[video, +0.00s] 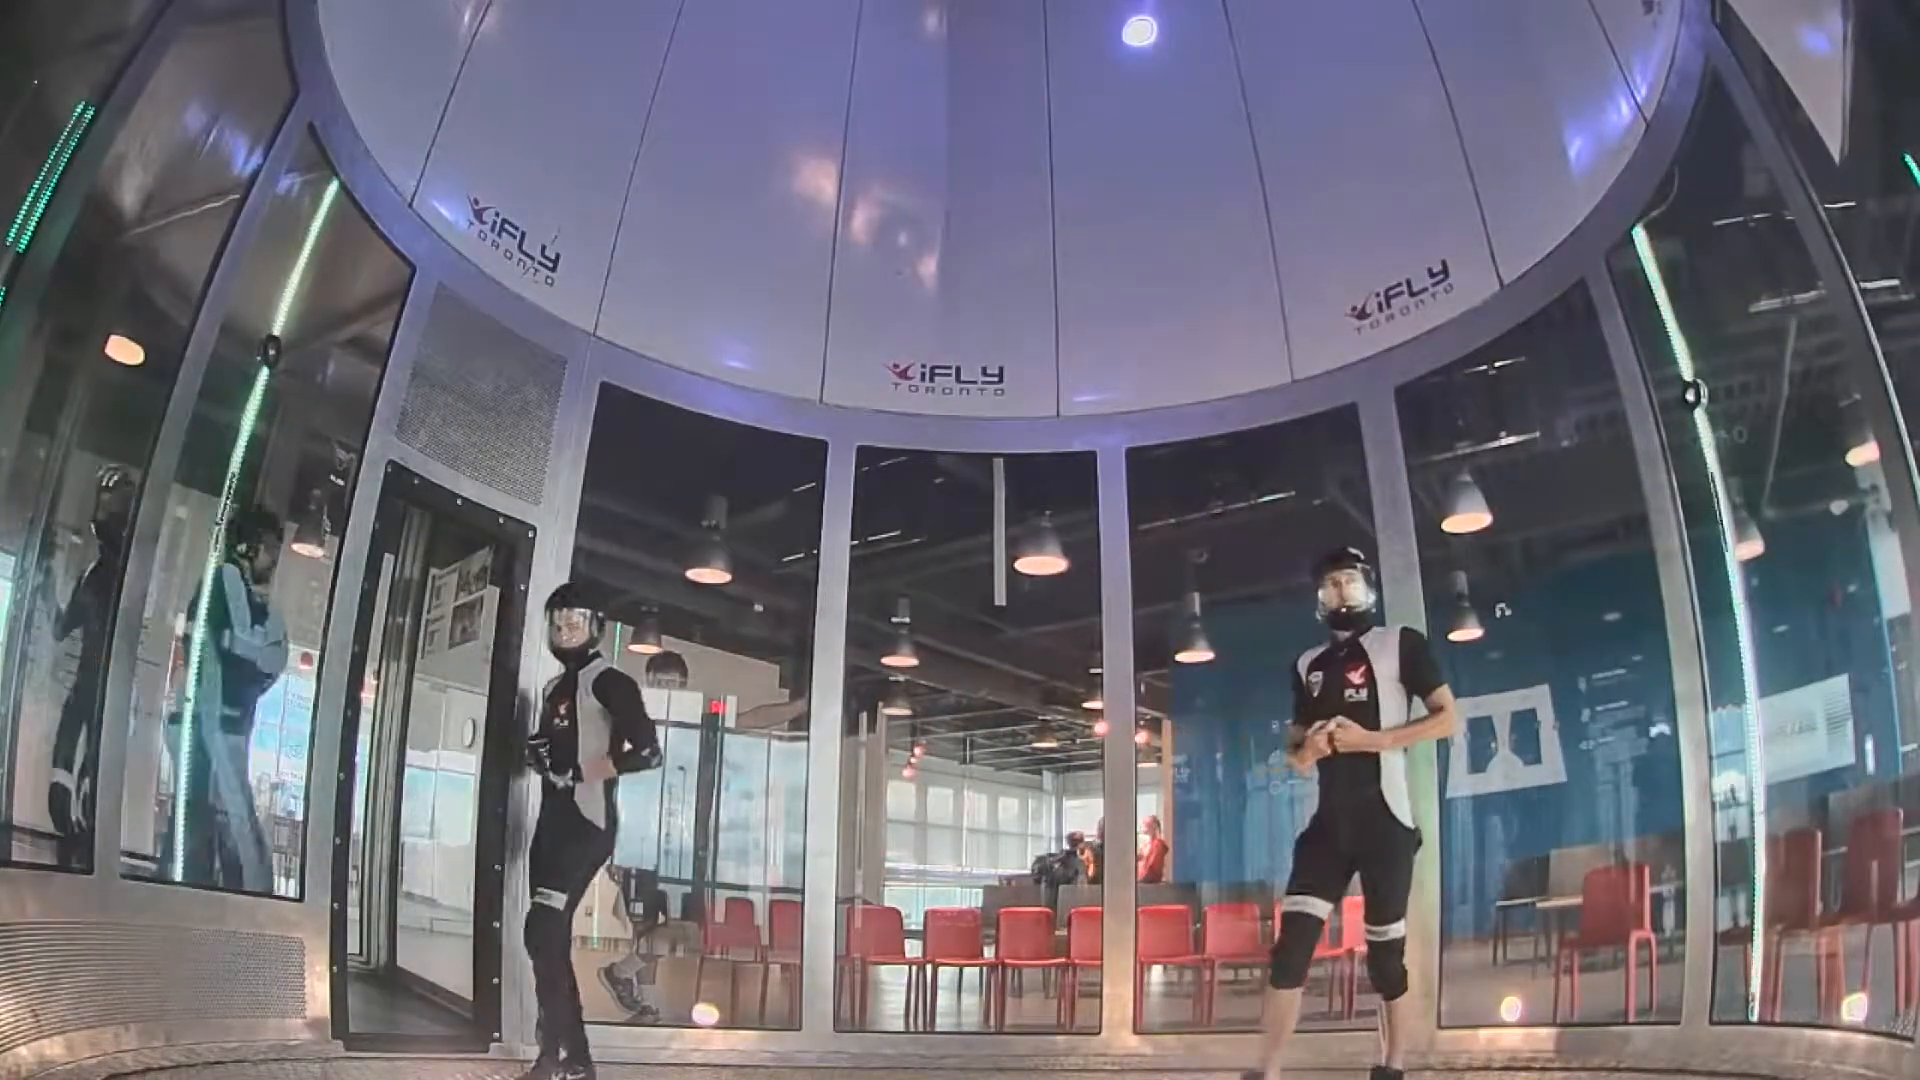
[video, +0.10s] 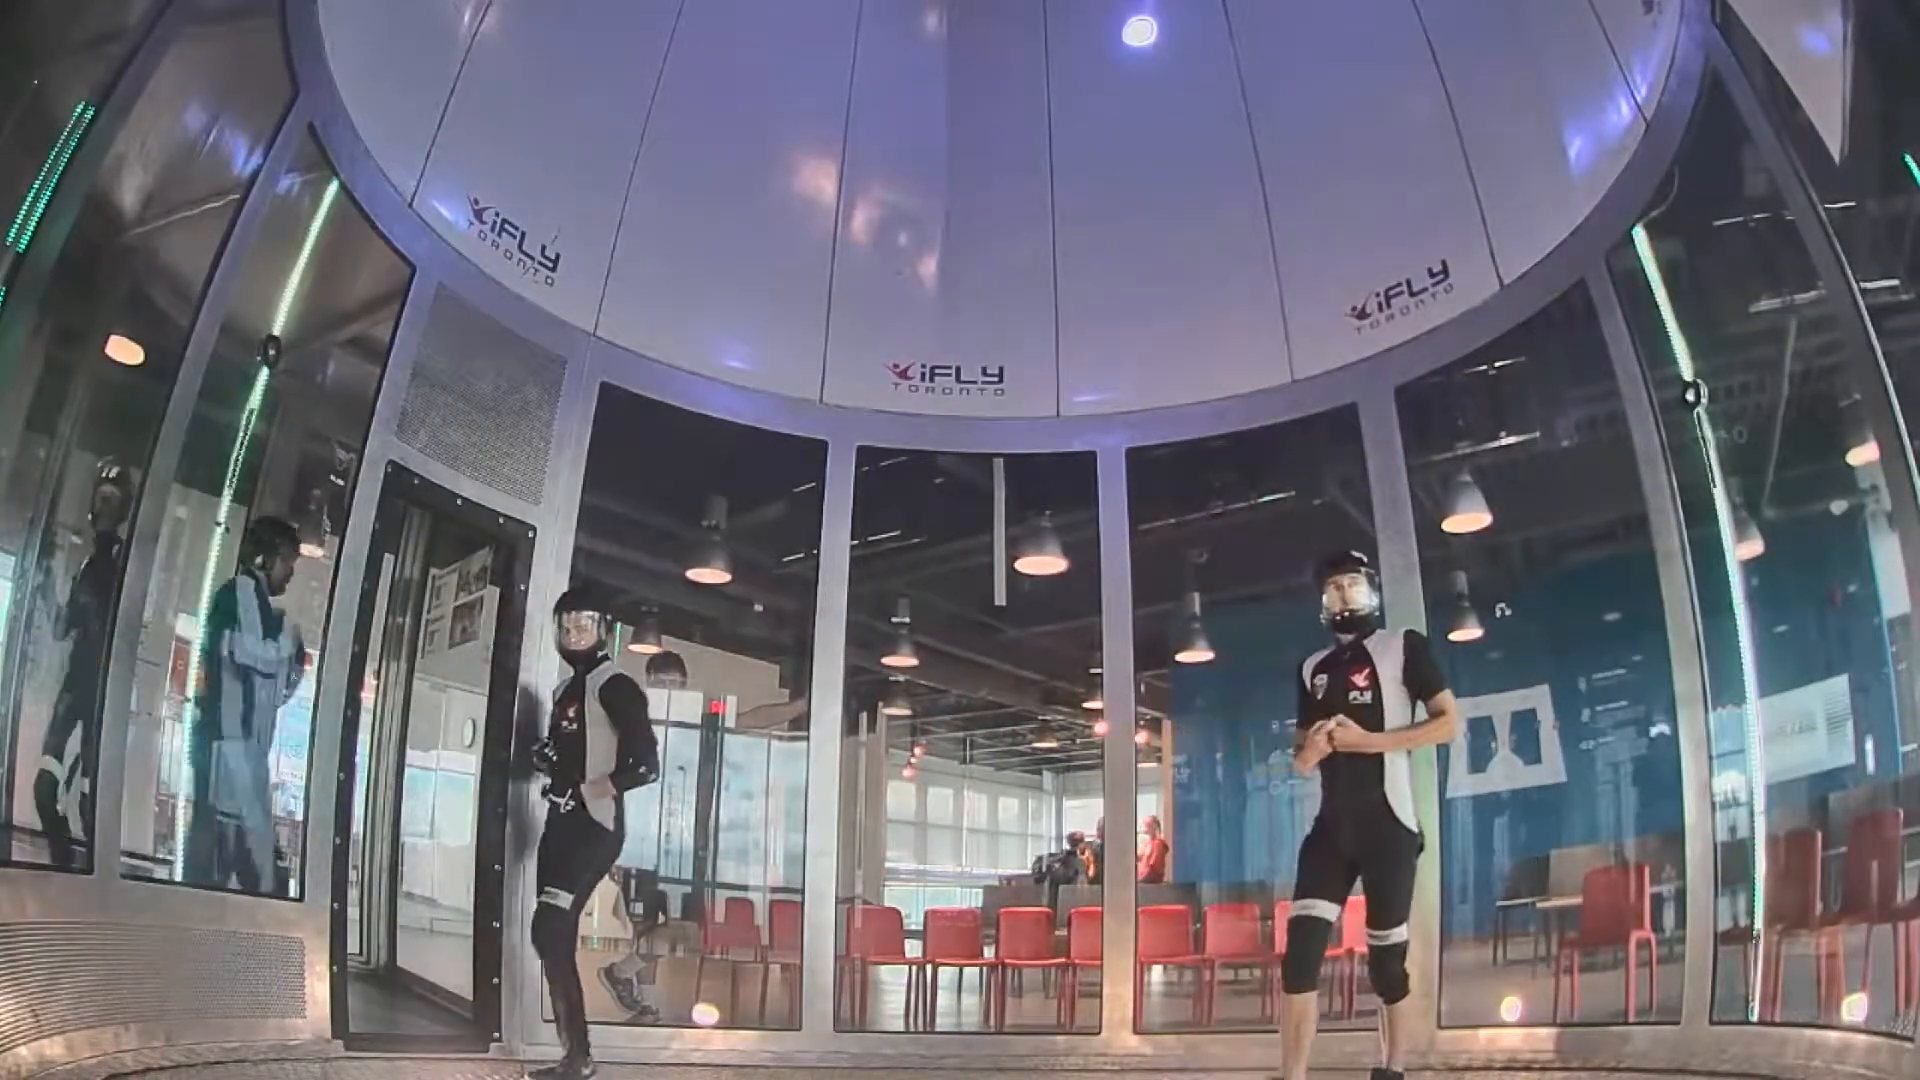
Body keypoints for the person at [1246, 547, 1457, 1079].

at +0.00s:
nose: (1340, 593)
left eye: (1350, 582)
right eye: (1330, 584)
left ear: (1370, 588)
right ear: (1318, 595)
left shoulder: (1402, 643)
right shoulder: (1307, 665)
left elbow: (1448, 718)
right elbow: (1296, 756)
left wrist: (1375, 739)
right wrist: (1308, 750)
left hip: (1388, 821)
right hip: (1329, 822)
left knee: (1384, 962)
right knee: (1290, 949)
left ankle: (1391, 1064)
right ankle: (1266, 1071)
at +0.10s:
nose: (1343, 596)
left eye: (1352, 585)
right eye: (1334, 587)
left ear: (1373, 591)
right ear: (1322, 598)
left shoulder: (1405, 646)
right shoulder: (1311, 667)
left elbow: (1449, 723)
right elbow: (1302, 760)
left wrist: (1371, 741)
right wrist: (1311, 750)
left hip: (1391, 826)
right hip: (1331, 827)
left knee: (1386, 966)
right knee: (1300, 955)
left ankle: (1393, 1066)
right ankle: (1293, 1075)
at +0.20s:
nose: (1343, 596)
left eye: (1353, 584)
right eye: (1333, 587)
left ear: (1374, 591)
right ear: (1322, 599)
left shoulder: (1409, 648)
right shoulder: (1309, 667)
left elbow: (1446, 728)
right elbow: (1303, 762)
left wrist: (1369, 738)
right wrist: (1313, 750)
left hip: (1392, 826)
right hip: (1331, 828)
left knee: (1387, 966)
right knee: (1313, 959)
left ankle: (1393, 1066)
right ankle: (1307, 1076)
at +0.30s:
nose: (1344, 595)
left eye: (1353, 584)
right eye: (1333, 587)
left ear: (1373, 590)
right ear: (1321, 598)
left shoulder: (1408, 647)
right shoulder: (1308, 666)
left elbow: (1445, 728)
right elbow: (1301, 764)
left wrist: (1366, 734)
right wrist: (1312, 751)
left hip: (1392, 826)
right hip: (1331, 827)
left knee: (1389, 966)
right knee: (1313, 960)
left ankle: (1392, 1069)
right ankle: (1307, 1076)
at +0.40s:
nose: (1332, 591)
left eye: (1341, 580)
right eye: (1322, 583)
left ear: (1361, 585)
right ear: (1310, 594)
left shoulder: (1403, 643)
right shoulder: (1299, 663)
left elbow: (1439, 718)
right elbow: (1285, 756)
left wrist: (1371, 680)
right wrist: (1316, 718)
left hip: (1387, 827)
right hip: (1322, 829)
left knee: (1389, 968)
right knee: (1313, 960)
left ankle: (1392, 1066)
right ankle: (1303, 1076)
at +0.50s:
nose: (1327, 588)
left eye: (1336, 577)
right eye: (1317, 580)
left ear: (1355, 586)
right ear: (1304, 592)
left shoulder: (1399, 641)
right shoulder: (1292, 659)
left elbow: (1434, 702)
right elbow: (1284, 734)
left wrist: (1366, 647)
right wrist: (1322, 666)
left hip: (1382, 828)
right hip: (1318, 830)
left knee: (1387, 967)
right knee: (1313, 962)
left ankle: (1392, 1065)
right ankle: (1302, 1076)